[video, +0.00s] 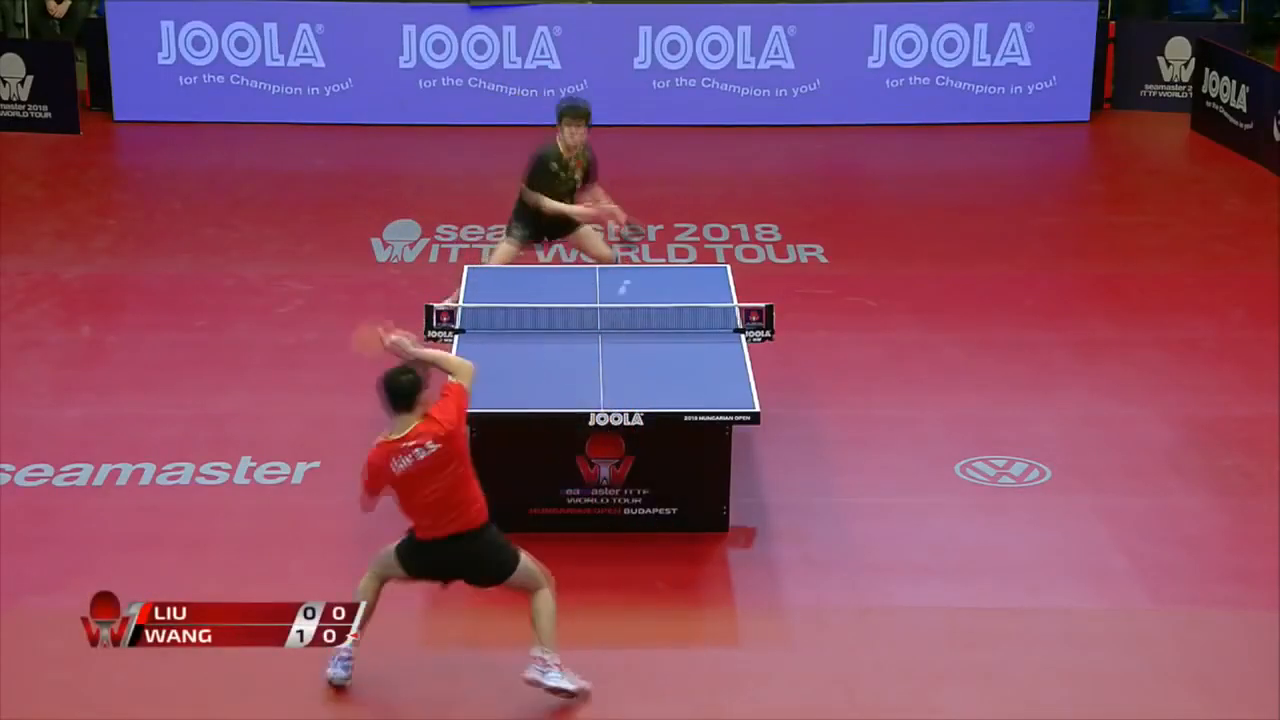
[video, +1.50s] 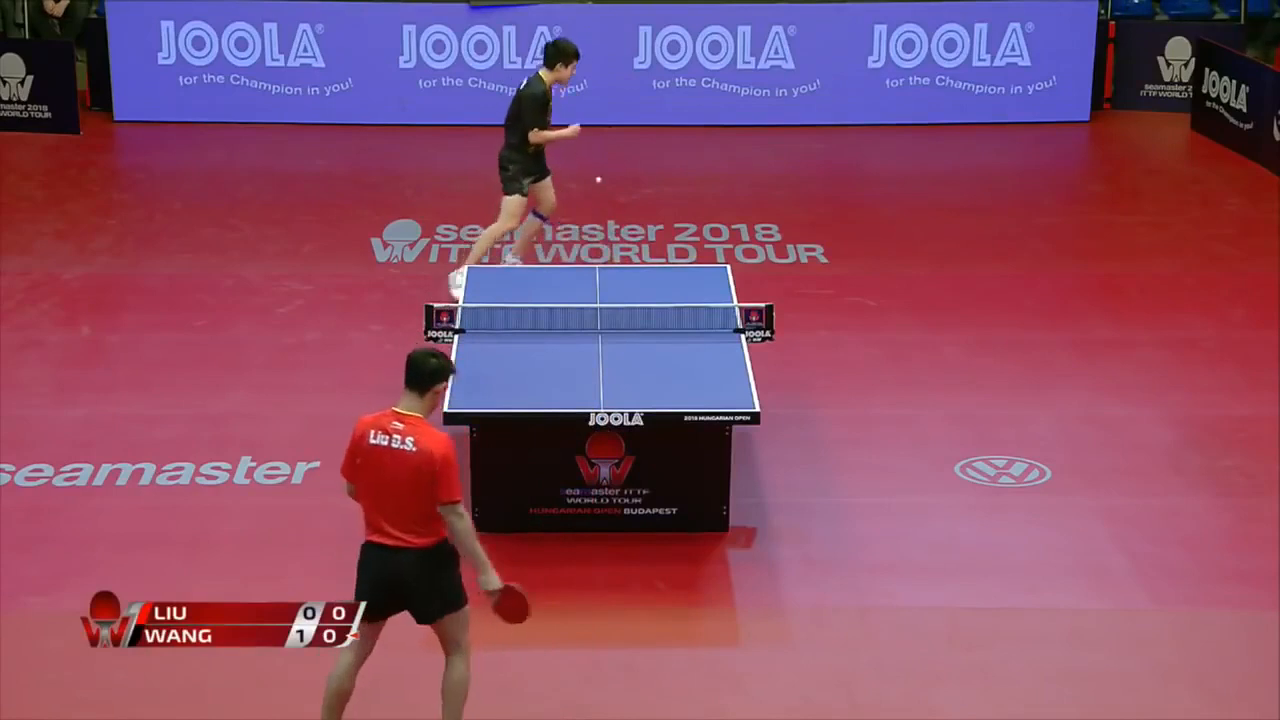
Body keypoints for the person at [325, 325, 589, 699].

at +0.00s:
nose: (428, 393)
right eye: (424, 388)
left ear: (386, 402)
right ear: (422, 395)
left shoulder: (381, 456)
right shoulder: (446, 419)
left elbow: (367, 502)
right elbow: (464, 369)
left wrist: (388, 453)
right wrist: (414, 351)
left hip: (427, 552)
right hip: (478, 546)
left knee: (376, 573)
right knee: (541, 584)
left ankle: (344, 656)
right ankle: (547, 663)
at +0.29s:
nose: (457, 390)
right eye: (456, 385)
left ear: (418, 389)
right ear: (454, 392)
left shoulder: (387, 436)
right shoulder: (468, 435)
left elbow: (363, 494)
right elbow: (521, 463)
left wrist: (396, 519)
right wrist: (508, 409)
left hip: (394, 556)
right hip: (447, 560)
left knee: (358, 581)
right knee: (521, 602)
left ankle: (329, 665)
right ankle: (564, 690)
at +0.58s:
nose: (473, 402)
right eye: (473, 398)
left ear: (435, 399)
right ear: (471, 404)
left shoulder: (408, 438)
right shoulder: (487, 446)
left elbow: (369, 462)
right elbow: (529, 474)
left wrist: (361, 452)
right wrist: (523, 446)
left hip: (389, 563)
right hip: (439, 572)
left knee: (342, 622)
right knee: (499, 626)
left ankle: (292, 691)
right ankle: (530, 711)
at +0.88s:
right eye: (442, 376)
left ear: (404, 382)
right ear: (443, 381)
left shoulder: (388, 438)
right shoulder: (470, 433)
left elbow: (348, 494)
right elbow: (509, 481)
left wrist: (303, 530)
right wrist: (543, 515)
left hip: (395, 557)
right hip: (447, 561)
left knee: (356, 646)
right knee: (494, 650)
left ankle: (326, 715)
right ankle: (516, 715)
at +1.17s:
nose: (419, 384)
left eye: (420, 377)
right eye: (420, 378)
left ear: (378, 375)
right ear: (413, 383)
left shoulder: (343, 425)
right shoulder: (420, 436)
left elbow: (325, 485)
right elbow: (431, 504)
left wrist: (324, 507)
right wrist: (454, 564)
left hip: (356, 555)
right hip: (408, 559)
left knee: (340, 650)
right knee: (454, 646)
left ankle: (322, 718)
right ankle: (476, 715)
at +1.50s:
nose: (446, 394)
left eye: (446, 387)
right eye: (446, 387)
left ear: (406, 381)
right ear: (437, 389)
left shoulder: (366, 426)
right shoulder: (437, 445)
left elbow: (353, 489)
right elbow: (453, 513)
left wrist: (396, 499)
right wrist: (486, 571)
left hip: (377, 562)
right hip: (429, 566)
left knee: (355, 648)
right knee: (457, 652)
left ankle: (328, 717)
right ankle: (451, 718)